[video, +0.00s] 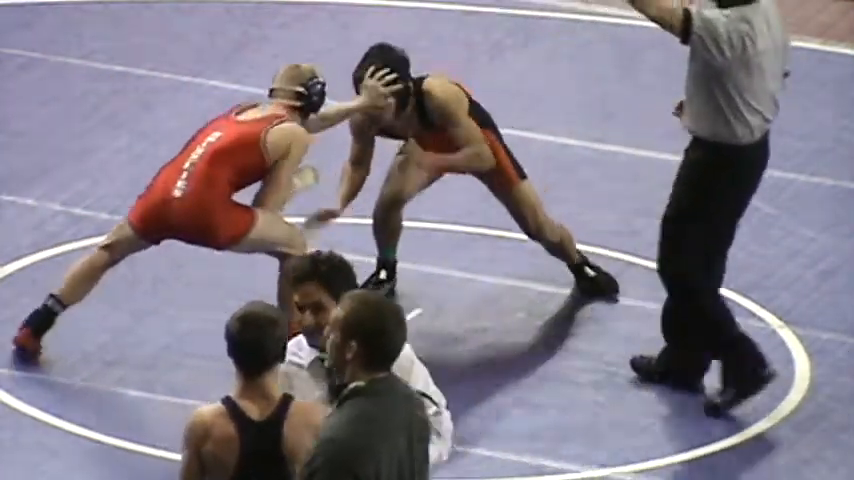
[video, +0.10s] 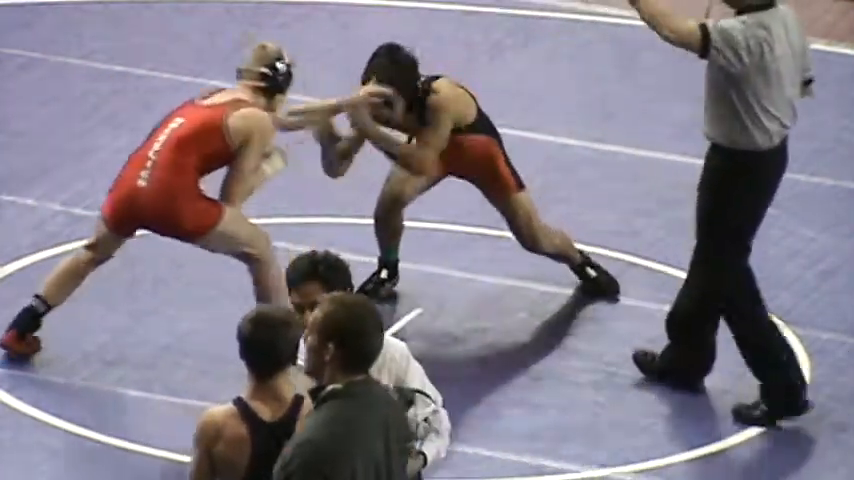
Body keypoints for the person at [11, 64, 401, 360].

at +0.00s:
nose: (317, 107)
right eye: (316, 100)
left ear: (276, 93)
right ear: (310, 104)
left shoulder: (252, 107)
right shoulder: (295, 135)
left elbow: (308, 118)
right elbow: (267, 212)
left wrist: (363, 103)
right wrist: (292, 188)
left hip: (155, 204)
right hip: (205, 217)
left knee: (107, 254)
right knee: (292, 243)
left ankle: (38, 323)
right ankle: (294, 342)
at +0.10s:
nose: (283, 94)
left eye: (274, 84)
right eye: (284, 87)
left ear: (245, 75)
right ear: (279, 89)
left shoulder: (219, 95)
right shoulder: (259, 122)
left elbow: (287, 114)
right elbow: (232, 200)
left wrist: (350, 102)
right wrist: (266, 169)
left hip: (124, 195)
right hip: (174, 206)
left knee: (93, 252)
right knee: (260, 249)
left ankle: (22, 327)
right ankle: (284, 350)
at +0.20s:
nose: (250, 82)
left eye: (251, 75)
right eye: (253, 74)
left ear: (215, 56)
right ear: (247, 70)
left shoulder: (185, 77)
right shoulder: (225, 95)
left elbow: (218, 149)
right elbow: (197, 166)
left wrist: (287, 145)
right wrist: (233, 142)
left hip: (93, 173)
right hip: (136, 181)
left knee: (74, 249)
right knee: (227, 250)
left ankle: (18, 330)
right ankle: (264, 349)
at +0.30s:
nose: (243, 83)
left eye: (243, 76)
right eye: (244, 76)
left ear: (202, 57)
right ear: (238, 74)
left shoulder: (166, 79)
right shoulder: (215, 87)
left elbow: (142, 157)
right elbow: (221, 155)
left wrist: (199, 186)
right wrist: (248, 123)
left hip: (77, 166)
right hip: (120, 174)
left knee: (72, 240)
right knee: (212, 237)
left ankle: (14, 327)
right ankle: (186, 346)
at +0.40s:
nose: (243, 90)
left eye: (244, 84)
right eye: (244, 84)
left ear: (206, 62)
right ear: (239, 82)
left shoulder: (163, 77)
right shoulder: (216, 92)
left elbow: (108, 130)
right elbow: (245, 151)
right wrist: (266, 122)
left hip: (68, 164)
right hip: (109, 171)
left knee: (69, 243)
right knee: (192, 257)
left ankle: (13, 329)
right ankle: (162, 367)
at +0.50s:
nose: (244, 89)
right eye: (247, 82)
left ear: (208, 61)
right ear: (243, 81)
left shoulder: (171, 75)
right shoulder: (216, 104)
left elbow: (150, 148)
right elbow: (218, 182)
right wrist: (252, 155)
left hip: (67, 166)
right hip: (111, 178)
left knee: (56, 229)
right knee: (205, 246)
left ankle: (11, 321)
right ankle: (198, 356)